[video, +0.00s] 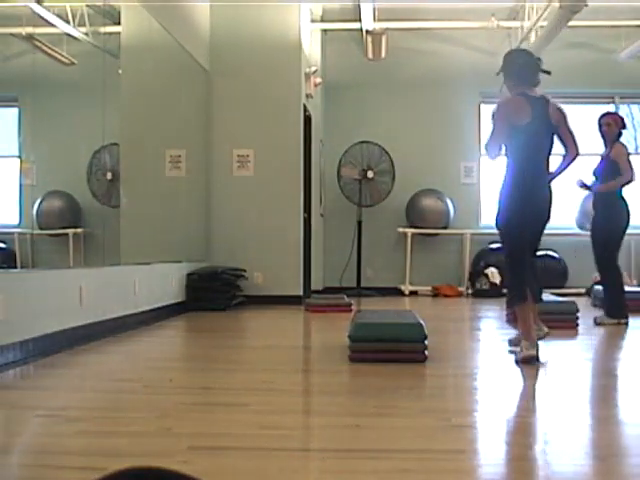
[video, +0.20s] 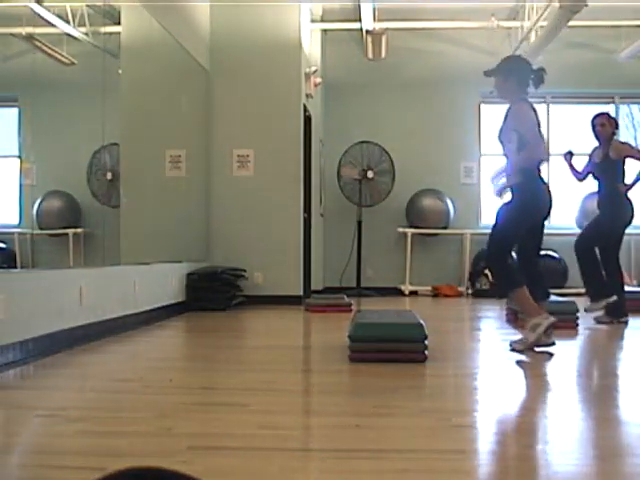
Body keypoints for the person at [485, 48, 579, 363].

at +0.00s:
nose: (503, 81)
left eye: (503, 76)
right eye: (505, 76)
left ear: (507, 76)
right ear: (536, 75)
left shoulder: (506, 106)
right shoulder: (551, 108)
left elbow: (491, 150)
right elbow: (573, 151)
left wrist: (498, 141)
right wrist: (553, 174)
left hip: (516, 190)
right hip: (542, 190)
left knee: (516, 264)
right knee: (525, 260)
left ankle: (528, 342)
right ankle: (533, 323)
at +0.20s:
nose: (495, 85)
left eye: (498, 80)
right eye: (495, 80)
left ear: (512, 81)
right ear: (518, 82)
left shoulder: (520, 110)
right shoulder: (521, 111)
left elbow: (538, 149)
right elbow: (528, 154)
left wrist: (508, 174)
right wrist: (506, 176)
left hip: (527, 191)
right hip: (534, 191)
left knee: (495, 254)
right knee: (528, 259)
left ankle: (534, 317)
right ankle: (540, 332)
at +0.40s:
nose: (489, 86)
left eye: (493, 81)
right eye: (490, 81)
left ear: (508, 83)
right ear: (506, 83)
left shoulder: (517, 111)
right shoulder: (511, 112)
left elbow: (541, 151)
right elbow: (517, 158)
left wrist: (517, 180)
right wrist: (503, 188)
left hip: (525, 190)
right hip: (525, 190)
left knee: (504, 255)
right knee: (531, 258)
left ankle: (520, 329)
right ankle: (544, 328)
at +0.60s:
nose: (483, 86)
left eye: (488, 81)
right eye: (484, 81)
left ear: (504, 84)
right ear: (504, 85)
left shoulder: (510, 113)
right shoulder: (513, 112)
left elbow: (507, 158)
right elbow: (537, 152)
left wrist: (463, 156)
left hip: (528, 194)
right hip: (528, 193)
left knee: (523, 260)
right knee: (496, 254)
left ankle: (527, 335)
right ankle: (523, 328)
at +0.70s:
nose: (480, 86)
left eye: (485, 82)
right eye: (481, 82)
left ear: (501, 86)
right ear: (500, 87)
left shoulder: (507, 114)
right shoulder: (508, 114)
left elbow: (488, 158)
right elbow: (540, 149)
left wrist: (450, 150)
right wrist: (568, 178)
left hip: (531, 197)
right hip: (530, 196)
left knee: (529, 265)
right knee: (479, 241)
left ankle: (528, 337)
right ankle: (505, 304)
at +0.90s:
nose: (484, 88)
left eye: (489, 83)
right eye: (485, 83)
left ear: (504, 84)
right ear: (500, 85)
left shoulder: (515, 114)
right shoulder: (508, 115)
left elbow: (512, 168)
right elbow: (506, 167)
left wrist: (504, 212)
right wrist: (501, 210)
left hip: (519, 196)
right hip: (510, 195)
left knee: (517, 262)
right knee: (501, 261)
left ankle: (527, 335)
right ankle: (512, 329)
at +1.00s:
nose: (482, 85)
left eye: (487, 80)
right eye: (483, 80)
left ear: (503, 83)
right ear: (501, 84)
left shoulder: (509, 111)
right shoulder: (506, 112)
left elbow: (520, 156)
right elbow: (499, 160)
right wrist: (466, 183)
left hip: (520, 188)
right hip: (517, 187)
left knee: (509, 256)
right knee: (508, 255)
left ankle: (521, 328)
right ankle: (517, 326)